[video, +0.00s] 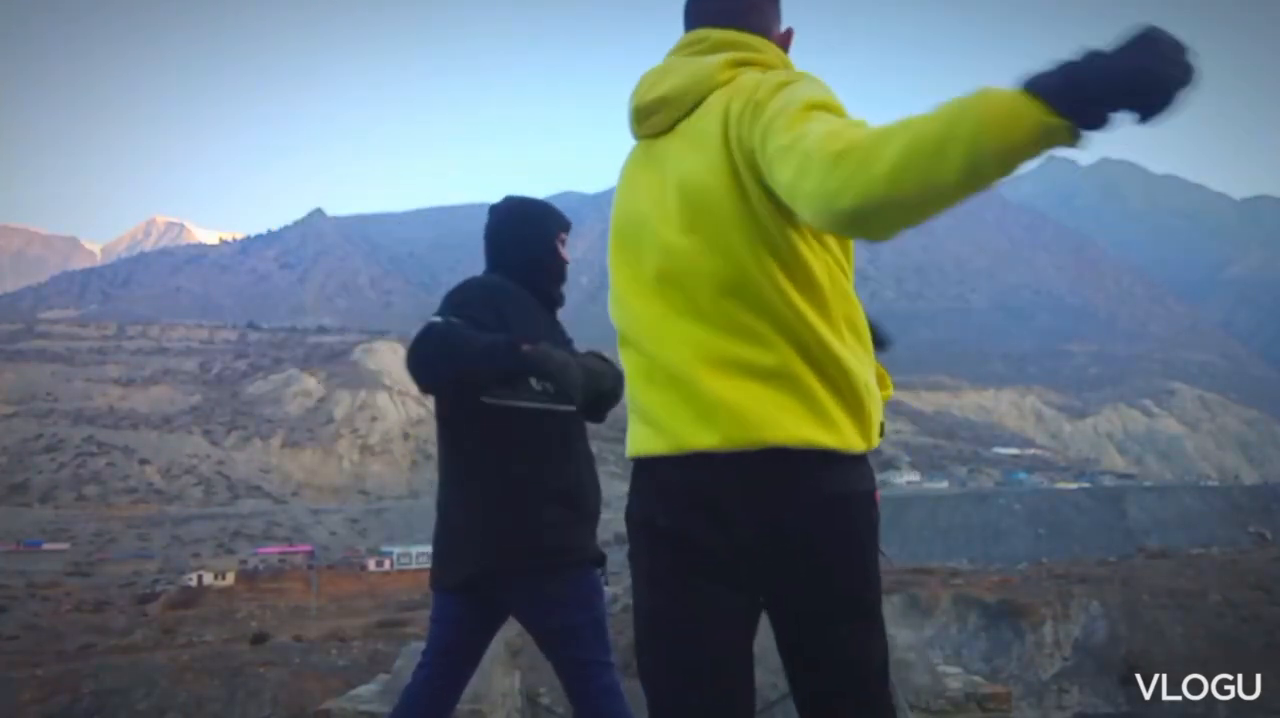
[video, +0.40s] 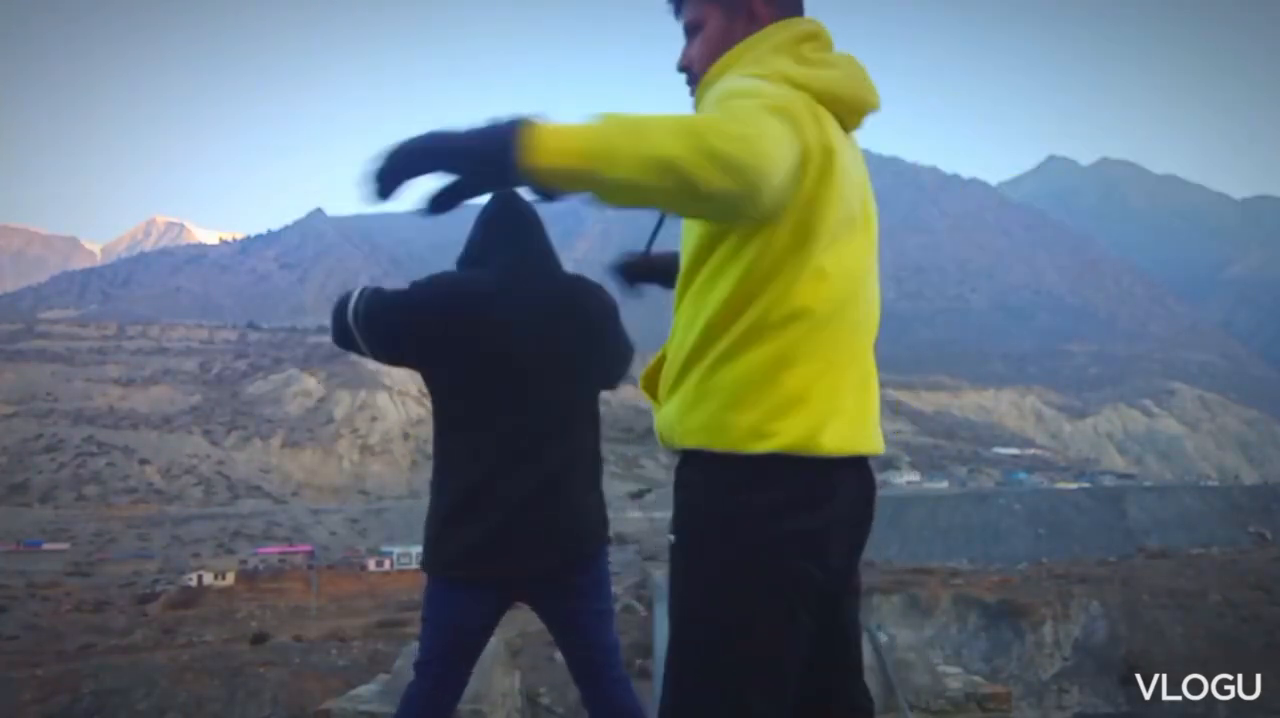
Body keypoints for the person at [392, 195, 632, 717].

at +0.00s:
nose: (567, 257)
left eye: (566, 245)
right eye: (560, 244)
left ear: (528, 247)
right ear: (527, 247)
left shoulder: (547, 323)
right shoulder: (484, 298)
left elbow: (608, 389)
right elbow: (429, 356)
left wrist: (582, 370)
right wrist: (526, 356)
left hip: (558, 547)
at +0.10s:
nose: (565, 259)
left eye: (564, 248)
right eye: (558, 246)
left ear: (498, 243)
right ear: (538, 246)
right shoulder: (506, 293)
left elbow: (566, 404)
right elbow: (515, 361)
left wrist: (606, 373)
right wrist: (612, 366)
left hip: (473, 540)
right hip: (543, 538)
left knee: (430, 685)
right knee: (597, 682)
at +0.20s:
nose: (564, 255)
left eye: (560, 242)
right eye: (556, 242)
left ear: (486, 246)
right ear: (542, 245)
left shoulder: (451, 314)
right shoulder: (548, 301)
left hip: (462, 538)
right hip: (553, 535)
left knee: (427, 688)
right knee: (600, 683)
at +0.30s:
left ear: (478, 250)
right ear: (547, 248)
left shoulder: (442, 307)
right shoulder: (578, 302)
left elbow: (405, 360)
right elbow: (656, 364)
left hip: (468, 539)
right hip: (565, 535)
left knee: (429, 689)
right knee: (605, 686)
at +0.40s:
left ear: (475, 243)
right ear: (543, 242)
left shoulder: (445, 302)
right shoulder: (583, 302)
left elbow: (351, 318)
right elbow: (613, 366)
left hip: (470, 540)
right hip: (569, 536)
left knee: (435, 687)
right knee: (608, 684)